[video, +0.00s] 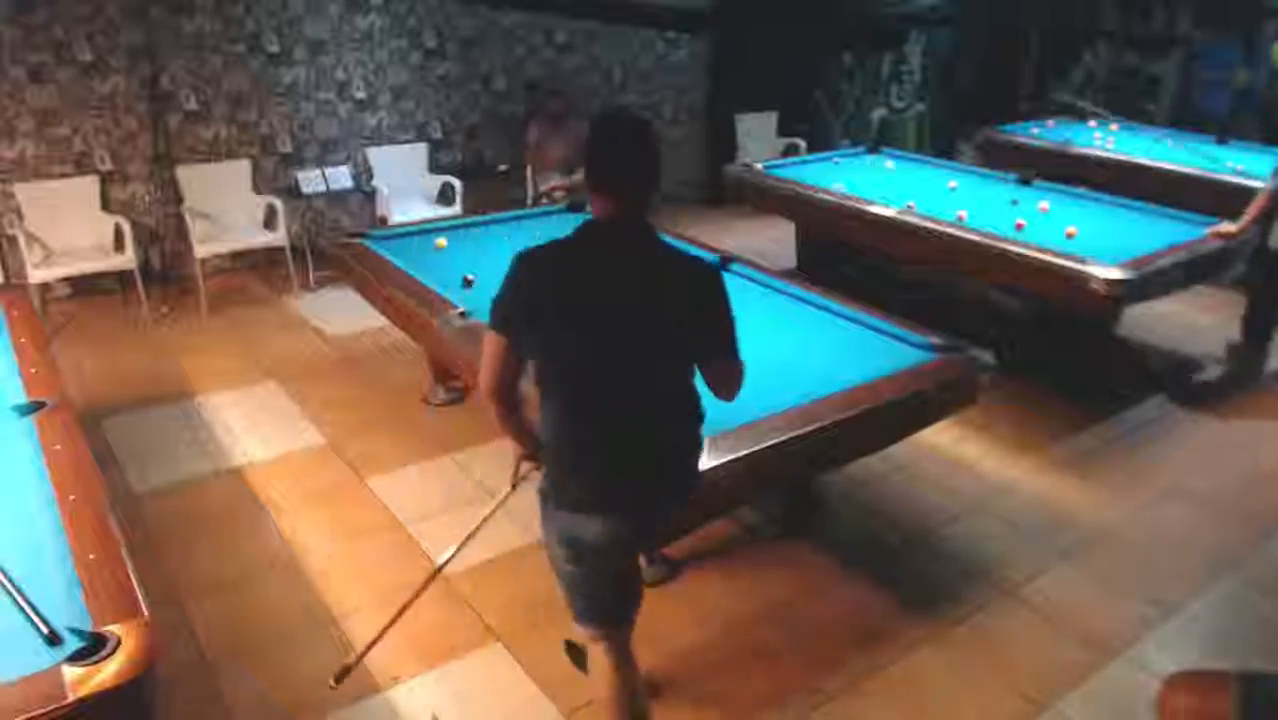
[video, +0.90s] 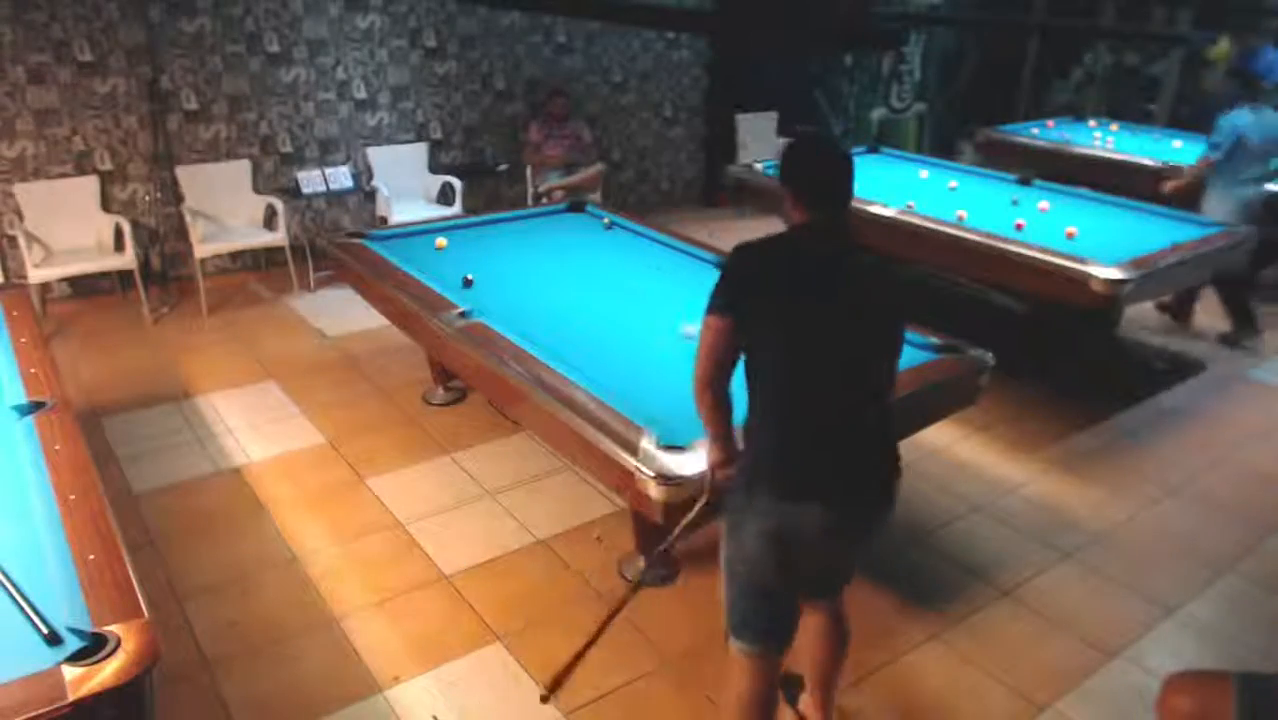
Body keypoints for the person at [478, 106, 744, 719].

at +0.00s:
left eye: (593, 170)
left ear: (585, 179)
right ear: (655, 180)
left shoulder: (536, 271)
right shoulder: (693, 278)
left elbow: (495, 387)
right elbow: (726, 383)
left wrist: (533, 446)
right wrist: (680, 323)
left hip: (582, 490)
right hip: (669, 481)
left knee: (609, 634)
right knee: (622, 555)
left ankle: (628, 697)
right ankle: (599, 643)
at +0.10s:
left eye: (605, 174)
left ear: (602, 188)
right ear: (672, 185)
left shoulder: (557, 281)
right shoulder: (715, 283)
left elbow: (513, 400)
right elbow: (746, 387)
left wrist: (547, 455)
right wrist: (697, 325)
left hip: (605, 501)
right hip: (693, 487)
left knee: (626, 649)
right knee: (649, 581)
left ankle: (646, 697)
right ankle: (647, 676)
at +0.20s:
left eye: (620, 174)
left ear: (618, 188)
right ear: (689, 184)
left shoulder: (579, 282)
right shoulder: (740, 283)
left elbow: (536, 405)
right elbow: (764, 383)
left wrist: (567, 458)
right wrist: (711, 325)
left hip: (623, 507)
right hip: (710, 493)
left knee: (638, 658)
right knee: (688, 572)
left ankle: (655, 701)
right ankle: (691, 676)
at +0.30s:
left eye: (646, 170)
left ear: (646, 183)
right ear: (718, 181)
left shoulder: (603, 280)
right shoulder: (765, 282)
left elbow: (561, 403)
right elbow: (784, 381)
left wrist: (587, 454)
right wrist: (728, 325)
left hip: (639, 512)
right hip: (726, 501)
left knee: (648, 662)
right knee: (722, 588)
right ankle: (742, 688)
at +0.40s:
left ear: (674, 184)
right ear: (745, 184)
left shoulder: (631, 281)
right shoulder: (789, 284)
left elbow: (585, 401)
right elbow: (803, 381)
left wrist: (611, 450)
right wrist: (743, 342)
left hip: (662, 506)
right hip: (750, 495)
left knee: (654, 661)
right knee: (755, 598)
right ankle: (793, 697)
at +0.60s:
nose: (729, 197)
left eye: (731, 186)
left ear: (735, 193)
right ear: (802, 188)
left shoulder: (694, 274)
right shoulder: (839, 271)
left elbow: (644, 389)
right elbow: (845, 380)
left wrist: (660, 447)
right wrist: (798, 413)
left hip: (717, 495)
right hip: (805, 490)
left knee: (683, 651)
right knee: (802, 611)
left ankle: (681, 713)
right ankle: (813, 706)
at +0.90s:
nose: (788, 198)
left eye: (787, 189)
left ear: (787, 197)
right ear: (850, 194)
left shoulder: (751, 263)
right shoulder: (881, 272)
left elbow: (710, 375)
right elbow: (885, 383)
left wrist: (722, 450)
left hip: (773, 476)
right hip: (860, 475)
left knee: (757, 652)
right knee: (824, 596)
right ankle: (818, 707)